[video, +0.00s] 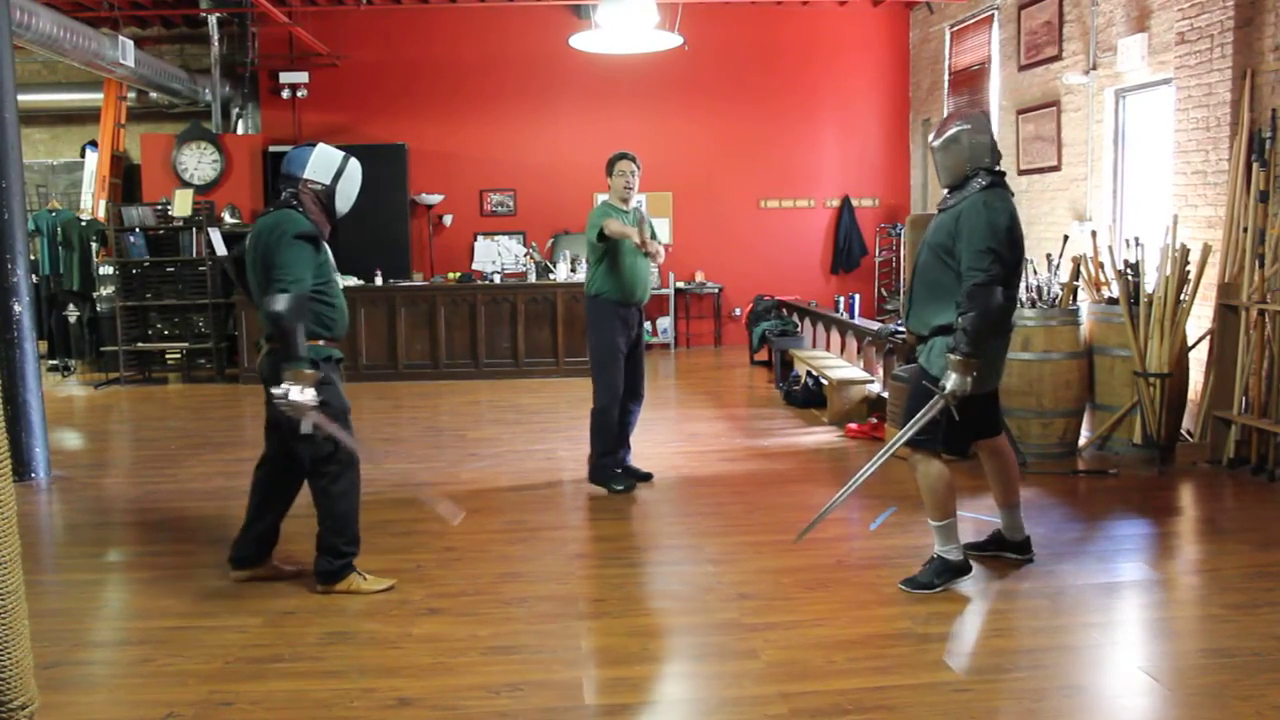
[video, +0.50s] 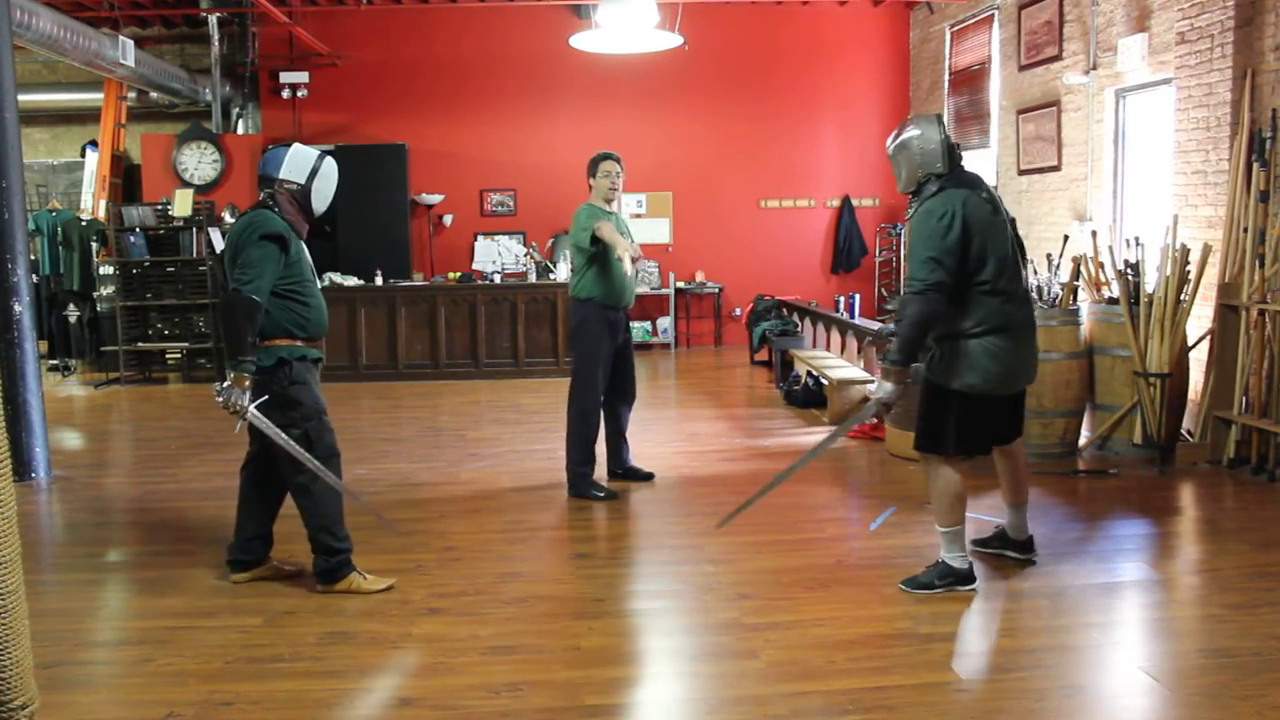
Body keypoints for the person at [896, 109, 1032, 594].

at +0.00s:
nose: (937, 162)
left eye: (944, 151)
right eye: (938, 152)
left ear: (967, 151)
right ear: (975, 153)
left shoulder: (983, 205)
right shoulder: (971, 201)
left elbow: (983, 286)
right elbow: (956, 282)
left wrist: (964, 355)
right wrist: (917, 329)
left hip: (950, 347)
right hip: (969, 346)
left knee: (923, 447)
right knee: (989, 436)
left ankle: (948, 555)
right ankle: (1013, 535)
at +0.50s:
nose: (894, 172)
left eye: (897, 160)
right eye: (894, 161)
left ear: (917, 158)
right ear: (941, 154)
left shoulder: (938, 208)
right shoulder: (982, 199)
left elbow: (927, 294)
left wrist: (895, 367)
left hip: (969, 352)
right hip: (1010, 348)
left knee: (940, 453)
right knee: (1006, 440)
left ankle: (954, 563)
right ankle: (1018, 535)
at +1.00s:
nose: (937, 170)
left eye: (941, 159)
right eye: (937, 159)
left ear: (964, 155)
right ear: (976, 155)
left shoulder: (977, 208)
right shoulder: (1014, 197)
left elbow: (950, 292)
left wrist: (901, 319)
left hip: (994, 348)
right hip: (1031, 344)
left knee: (953, 444)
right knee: (1025, 440)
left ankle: (955, 560)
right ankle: (1052, 541)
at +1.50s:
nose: (893, 179)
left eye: (895, 169)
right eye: (892, 170)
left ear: (912, 171)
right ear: (945, 165)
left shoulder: (920, 223)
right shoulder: (989, 202)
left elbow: (868, 286)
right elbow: (1030, 256)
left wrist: (904, 259)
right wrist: (1001, 292)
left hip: (955, 355)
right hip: (1012, 350)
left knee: (901, 438)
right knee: (1012, 439)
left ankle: (907, 553)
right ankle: (1051, 539)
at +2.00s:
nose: (856, 200)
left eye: (857, 191)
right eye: (855, 191)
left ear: (873, 189)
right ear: (906, 179)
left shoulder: (888, 236)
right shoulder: (952, 207)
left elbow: (836, 303)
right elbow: (999, 250)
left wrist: (870, 274)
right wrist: (989, 296)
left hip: (938, 359)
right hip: (997, 350)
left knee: (881, 443)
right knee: (1008, 439)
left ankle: (906, 553)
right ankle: (1050, 539)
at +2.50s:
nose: (863, 198)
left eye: (865, 188)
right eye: (862, 188)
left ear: (883, 185)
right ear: (911, 177)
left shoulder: (895, 233)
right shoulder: (957, 205)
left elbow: (843, 302)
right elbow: (1003, 249)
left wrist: (882, 275)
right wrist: (992, 297)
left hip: (945, 355)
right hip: (1001, 346)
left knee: (886, 438)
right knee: (1009, 438)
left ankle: (907, 553)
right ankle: (1050, 538)